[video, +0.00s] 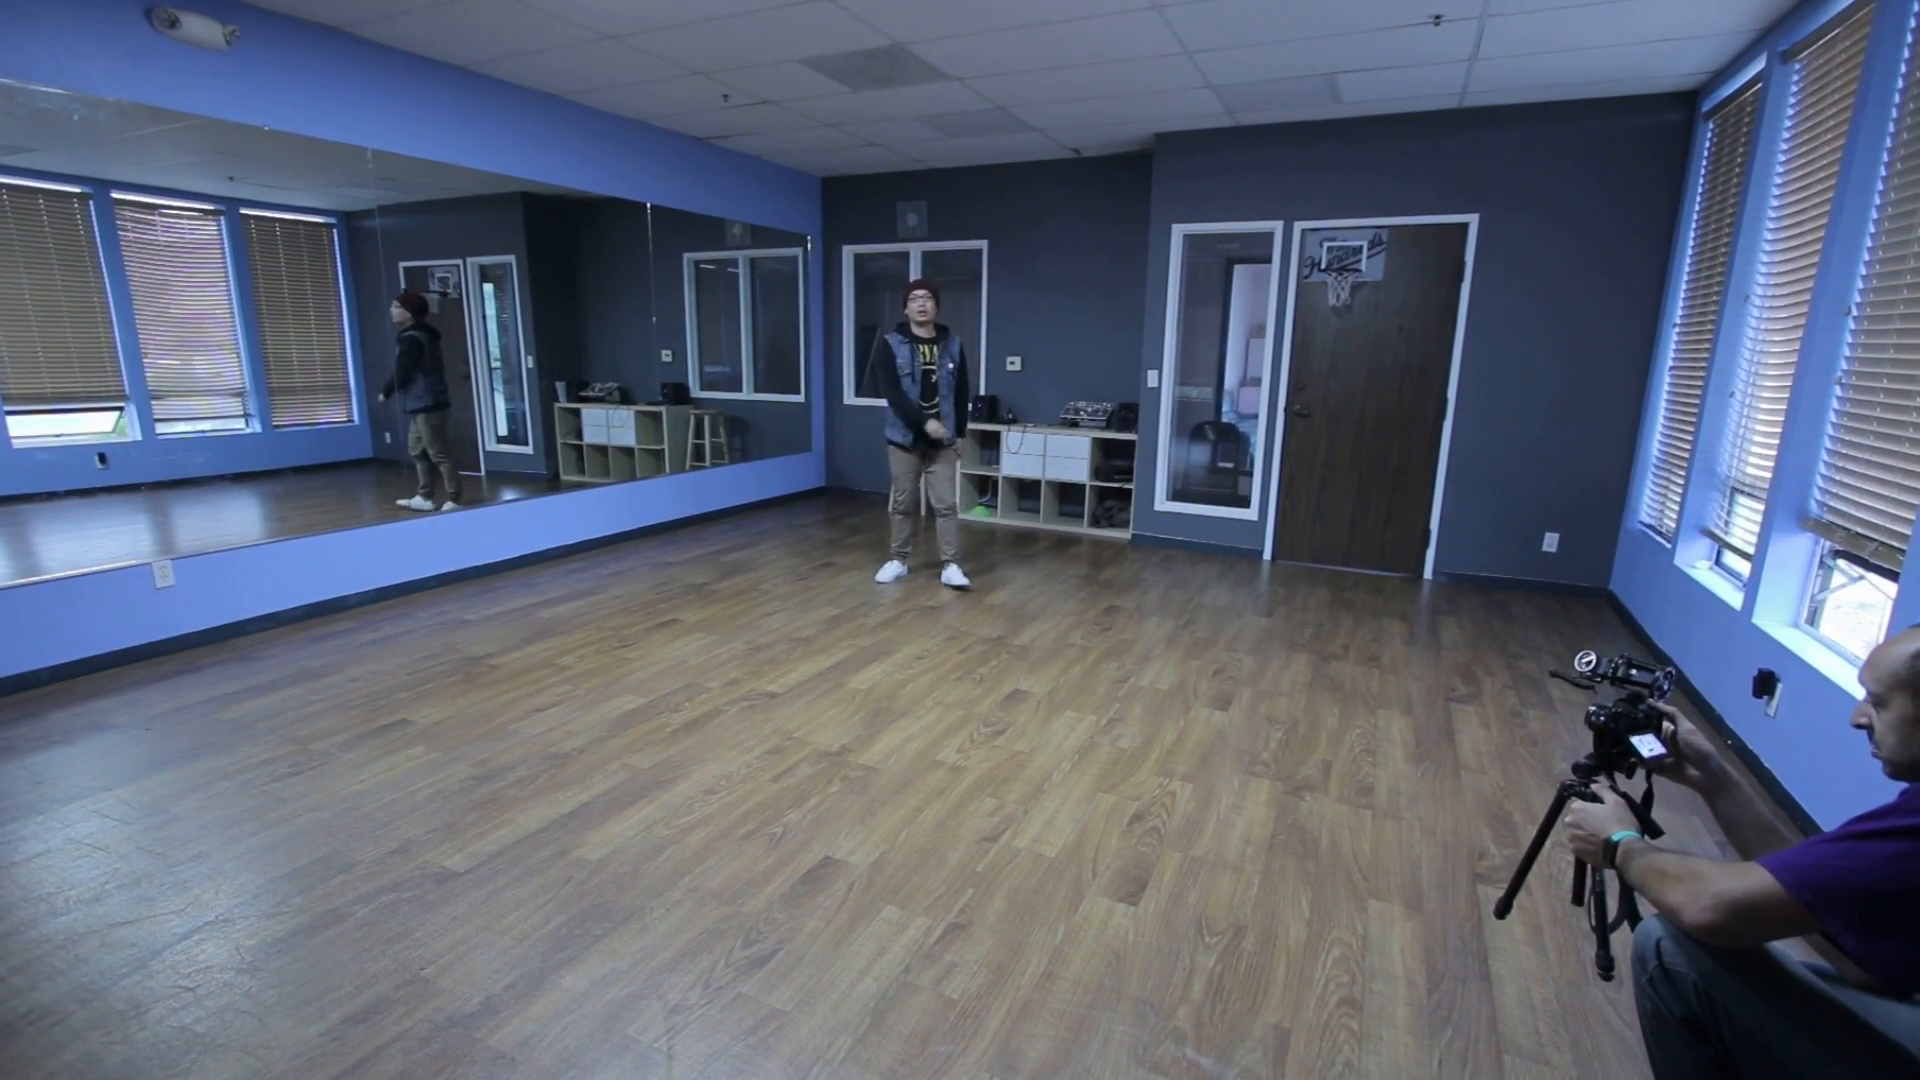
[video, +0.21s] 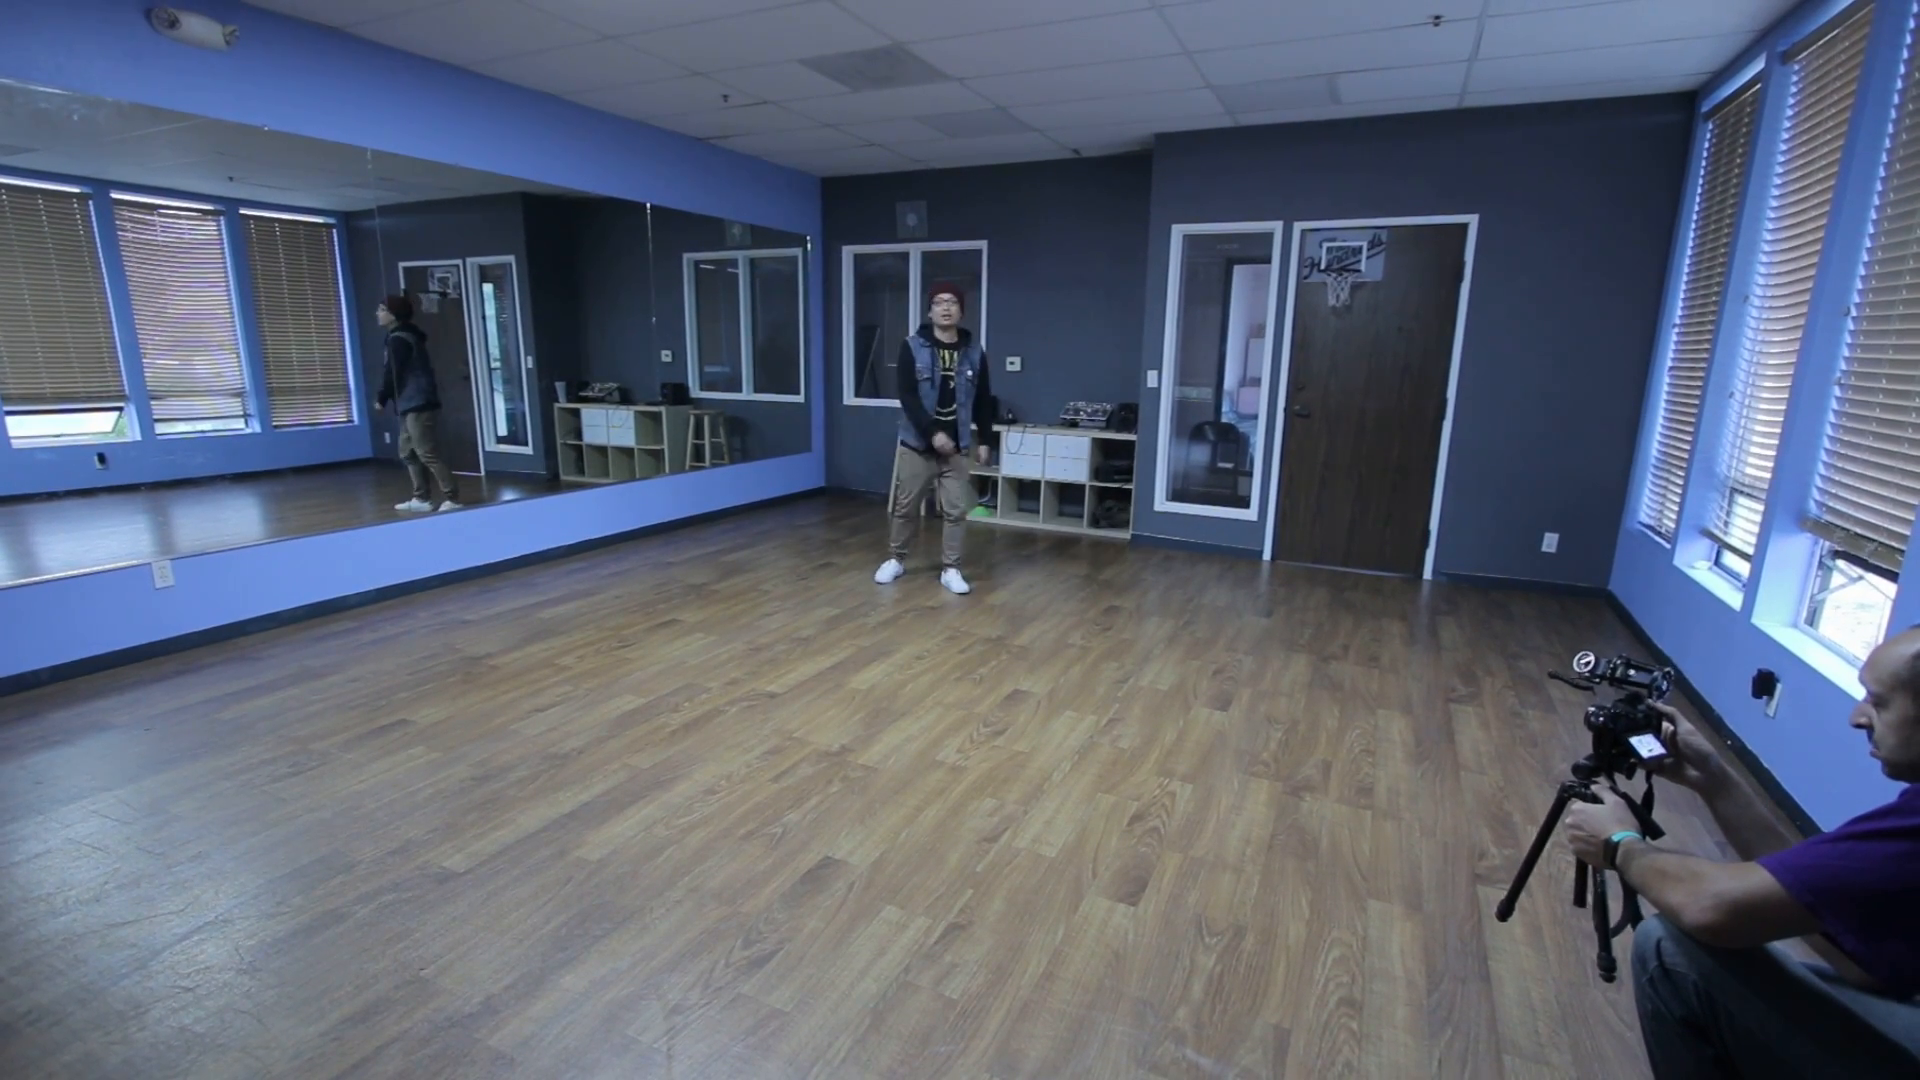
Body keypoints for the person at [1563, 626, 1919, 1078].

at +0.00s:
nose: (1858, 720)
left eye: (1878, 701)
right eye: (1866, 699)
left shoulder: (1912, 816)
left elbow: (1713, 909)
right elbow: (1866, 959)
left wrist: (1619, 843)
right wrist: (1713, 779)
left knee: (1673, 950)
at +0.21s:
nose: (1858, 719)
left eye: (1878, 701)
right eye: (1866, 699)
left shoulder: (1912, 816)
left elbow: (1714, 910)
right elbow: (1866, 959)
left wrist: (1620, 845)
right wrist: (1714, 780)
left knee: (1673, 951)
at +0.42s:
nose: (1859, 721)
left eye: (1879, 703)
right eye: (1867, 701)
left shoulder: (1912, 818)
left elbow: (1714, 910)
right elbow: (1864, 960)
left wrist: (1619, 844)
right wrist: (1716, 780)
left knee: (1673, 951)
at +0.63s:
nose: (1861, 719)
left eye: (1882, 702)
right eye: (1870, 699)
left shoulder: (1912, 818)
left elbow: (1713, 909)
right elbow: (1865, 959)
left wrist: (1620, 843)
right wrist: (1718, 779)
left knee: (1673, 951)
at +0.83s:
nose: (1862, 718)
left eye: (1884, 701)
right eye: (1872, 698)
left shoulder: (1913, 817)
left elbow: (1710, 909)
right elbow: (1865, 958)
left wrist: (1623, 843)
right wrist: (1719, 779)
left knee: (1673, 950)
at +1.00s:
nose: (1875, 692)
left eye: (1897, 678)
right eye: (1887, 675)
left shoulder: (1913, 815)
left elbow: (1709, 908)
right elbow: (1867, 957)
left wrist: (1623, 842)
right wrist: (1720, 781)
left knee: (1672, 949)